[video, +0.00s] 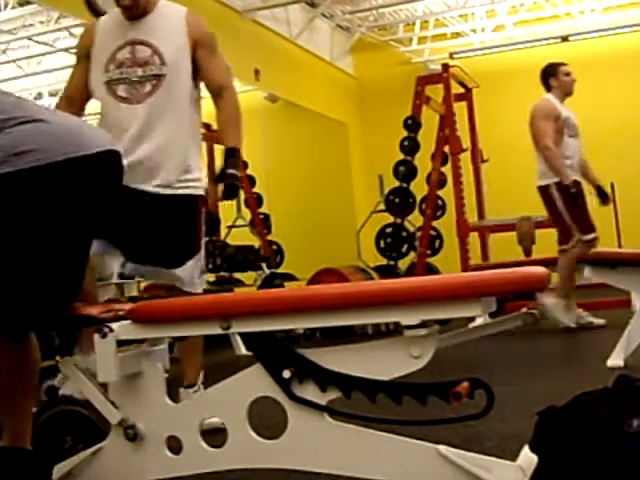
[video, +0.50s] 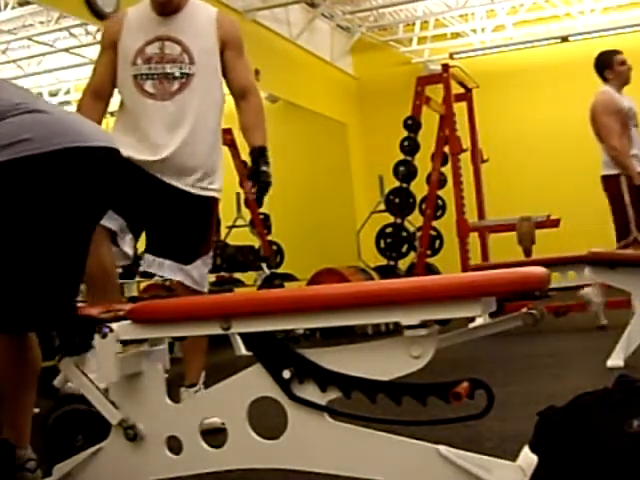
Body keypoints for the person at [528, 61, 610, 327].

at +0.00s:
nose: (573, 79)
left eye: (571, 74)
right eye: (567, 75)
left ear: (561, 80)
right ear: (552, 81)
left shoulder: (564, 112)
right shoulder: (545, 107)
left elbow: (576, 155)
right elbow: (546, 146)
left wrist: (597, 184)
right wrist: (565, 178)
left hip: (569, 182)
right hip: (555, 182)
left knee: (569, 245)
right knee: (585, 238)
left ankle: (570, 307)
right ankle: (554, 295)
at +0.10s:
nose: (582, 77)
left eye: (581, 73)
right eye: (576, 73)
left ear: (570, 80)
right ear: (561, 80)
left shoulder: (574, 110)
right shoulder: (554, 106)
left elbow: (588, 154)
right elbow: (554, 145)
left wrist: (611, 182)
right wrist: (576, 176)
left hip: (575, 181)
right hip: (565, 181)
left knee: (572, 245)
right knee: (597, 237)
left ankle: (573, 306)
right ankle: (583, 302)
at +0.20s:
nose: (597, 76)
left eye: (595, 71)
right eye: (591, 72)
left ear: (586, 78)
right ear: (576, 79)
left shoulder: (589, 109)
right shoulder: (570, 105)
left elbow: (603, 150)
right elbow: (571, 149)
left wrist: (629, 178)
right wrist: (596, 181)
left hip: (589, 184)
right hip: (578, 185)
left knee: (578, 248)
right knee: (609, 246)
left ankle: (572, 307)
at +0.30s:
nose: (607, 75)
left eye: (606, 70)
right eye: (601, 72)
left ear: (596, 78)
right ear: (587, 78)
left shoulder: (600, 108)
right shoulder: (580, 106)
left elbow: (614, 151)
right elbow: (583, 151)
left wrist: (636, 174)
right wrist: (607, 182)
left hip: (600, 184)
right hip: (590, 186)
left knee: (587, 247)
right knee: (622, 245)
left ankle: (573, 306)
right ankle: (634, 302)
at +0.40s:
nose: (621, 70)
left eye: (619, 66)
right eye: (615, 67)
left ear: (606, 75)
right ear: (601, 75)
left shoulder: (613, 103)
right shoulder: (595, 103)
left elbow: (625, 145)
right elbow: (601, 148)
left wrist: (636, 167)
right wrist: (622, 178)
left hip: (623, 177)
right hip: (610, 179)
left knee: (616, 240)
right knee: (625, 240)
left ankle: (581, 299)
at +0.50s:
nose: (629, 67)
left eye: (627, 62)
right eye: (622, 64)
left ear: (611, 74)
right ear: (608, 74)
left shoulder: (619, 98)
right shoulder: (605, 99)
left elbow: (624, 141)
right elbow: (613, 145)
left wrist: (634, 168)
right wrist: (634, 172)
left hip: (628, 172)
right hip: (618, 174)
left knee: (635, 234)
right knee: (630, 235)